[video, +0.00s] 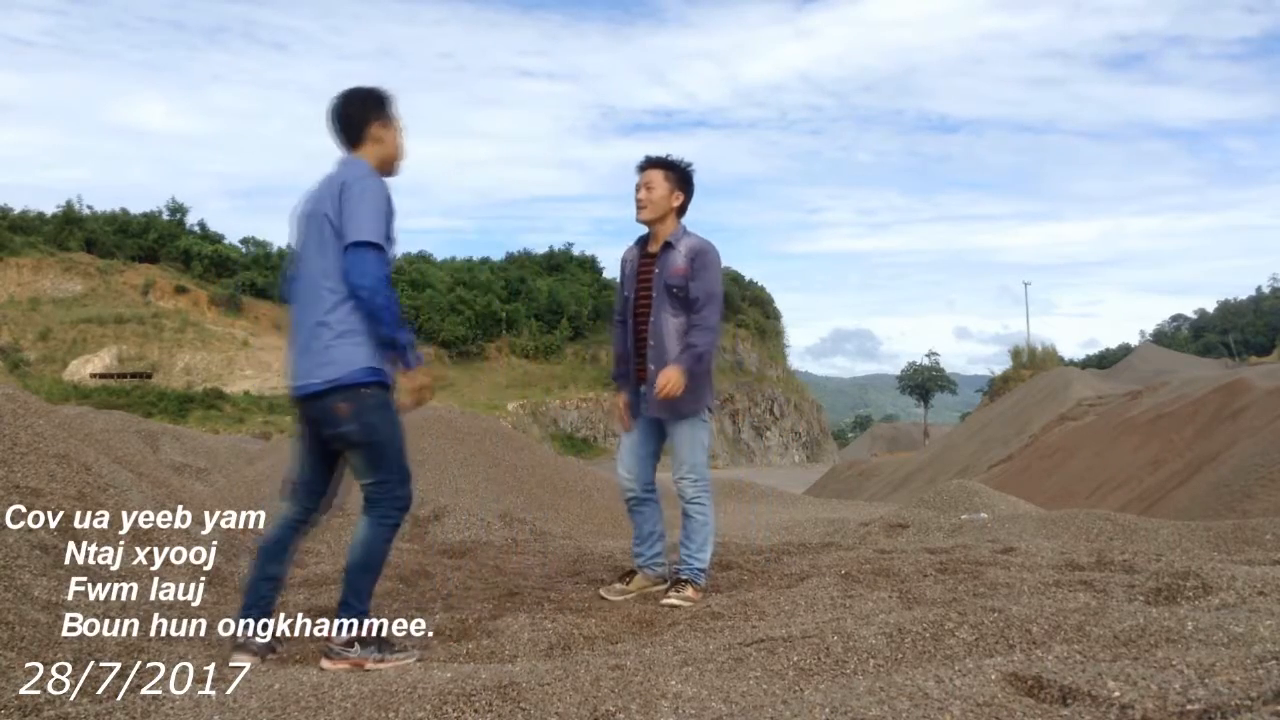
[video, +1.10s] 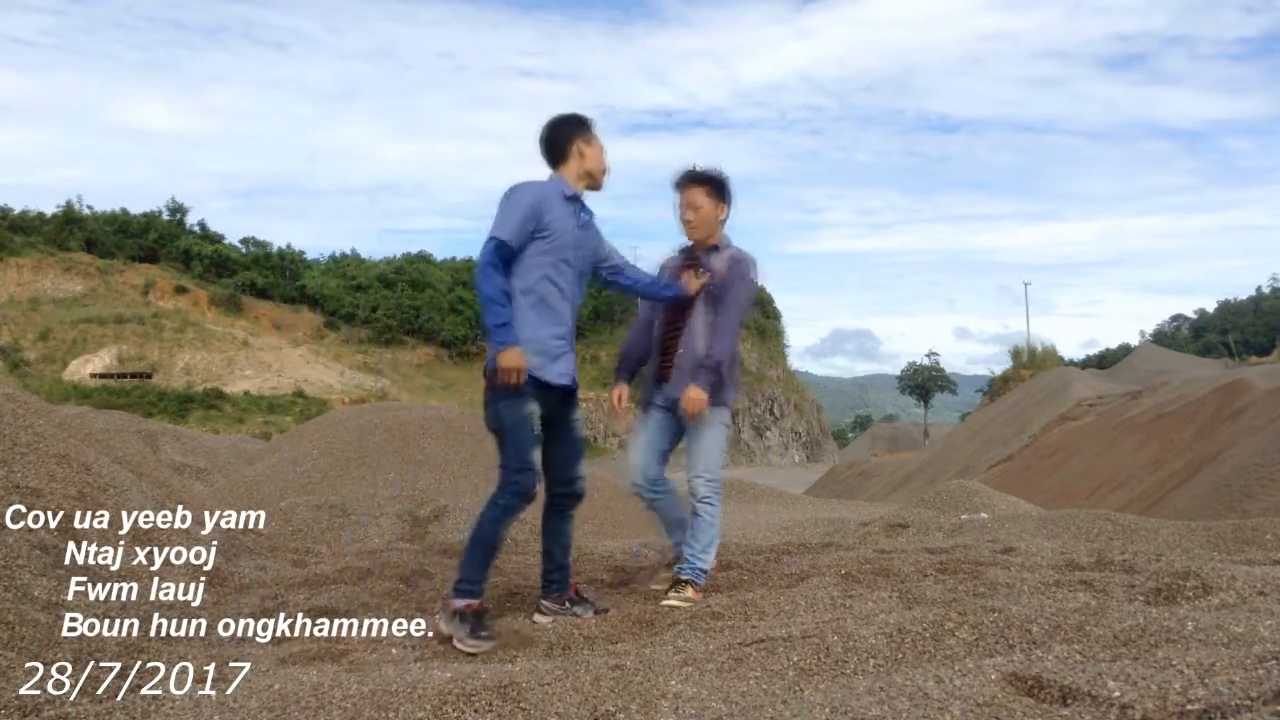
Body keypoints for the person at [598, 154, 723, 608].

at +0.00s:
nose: (639, 195)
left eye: (649, 188)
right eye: (638, 188)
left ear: (677, 198)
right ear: (641, 197)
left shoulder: (699, 252)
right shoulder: (631, 257)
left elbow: (707, 323)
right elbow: (623, 325)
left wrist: (683, 366)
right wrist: (623, 385)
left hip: (685, 390)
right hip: (642, 391)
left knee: (690, 484)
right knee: (634, 482)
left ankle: (691, 577)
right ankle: (651, 570)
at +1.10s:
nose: (686, 216)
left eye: (695, 208)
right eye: (682, 209)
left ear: (721, 210)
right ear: (679, 212)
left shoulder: (738, 265)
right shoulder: (672, 266)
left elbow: (727, 329)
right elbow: (646, 322)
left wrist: (704, 382)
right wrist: (623, 374)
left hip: (709, 395)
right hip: (662, 392)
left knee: (703, 484)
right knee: (643, 474)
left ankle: (692, 574)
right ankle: (690, 546)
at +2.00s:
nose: (788, 258)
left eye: (796, 251)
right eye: (784, 251)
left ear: (817, 257)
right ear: (780, 256)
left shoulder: (836, 302)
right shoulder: (777, 305)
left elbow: (858, 356)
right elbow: (771, 358)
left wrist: (866, 409)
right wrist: (764, 403)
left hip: (830, 405)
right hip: (794, 407)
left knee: (812, 466)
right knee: (817, 473)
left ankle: (814, 547)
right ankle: (849, 539)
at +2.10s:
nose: (793, 250)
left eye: (801, 243)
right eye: (789, 244)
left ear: (821, 247)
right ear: (784, 250)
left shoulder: (839, 292)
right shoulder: (782, 299)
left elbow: (853, 349)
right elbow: (775, 353)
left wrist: (860, 402)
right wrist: (766, 399)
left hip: (833, 398)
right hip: (799, 399)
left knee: (813, 460)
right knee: (829, 468)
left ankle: (818, 543)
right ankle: (851, 539)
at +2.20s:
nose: (794, 247)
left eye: (803, 240)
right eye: (791, 241)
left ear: (823, 246)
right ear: (786, 247)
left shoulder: (840, 290)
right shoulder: (784, 295)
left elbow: (855, 346)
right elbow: (778, 347)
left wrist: (850, 392)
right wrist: (766, 382)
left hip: (833, 395)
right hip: (801, 398)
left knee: (811, 455)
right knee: (835, 468)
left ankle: (833, 535)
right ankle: (851, 538)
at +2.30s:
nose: (795, 247)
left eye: (803, 240)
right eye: (791, 241)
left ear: (823, 247)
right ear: (786, 247)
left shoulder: (839, 292)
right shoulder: (786, 298)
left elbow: (851, 350)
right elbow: (781, 349)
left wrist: (839, 392)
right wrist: (766, 387)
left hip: (832, 397)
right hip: (803, 399)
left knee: (813, 461)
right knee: (835, 467)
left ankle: (851, 531)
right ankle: (847, 534)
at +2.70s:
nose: (791, 236)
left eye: (800, 229)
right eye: (787, 229)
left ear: (820, 236)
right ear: (784, 236)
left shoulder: (832, 282)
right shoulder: (788, 284)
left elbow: (840, 344)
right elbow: (791, 344)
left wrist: (823, 391)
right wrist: (786, 394)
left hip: (830, 393)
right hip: (795, 392)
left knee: (837, 467)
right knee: (776, 457)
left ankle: (855, 540)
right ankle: (821, 523)